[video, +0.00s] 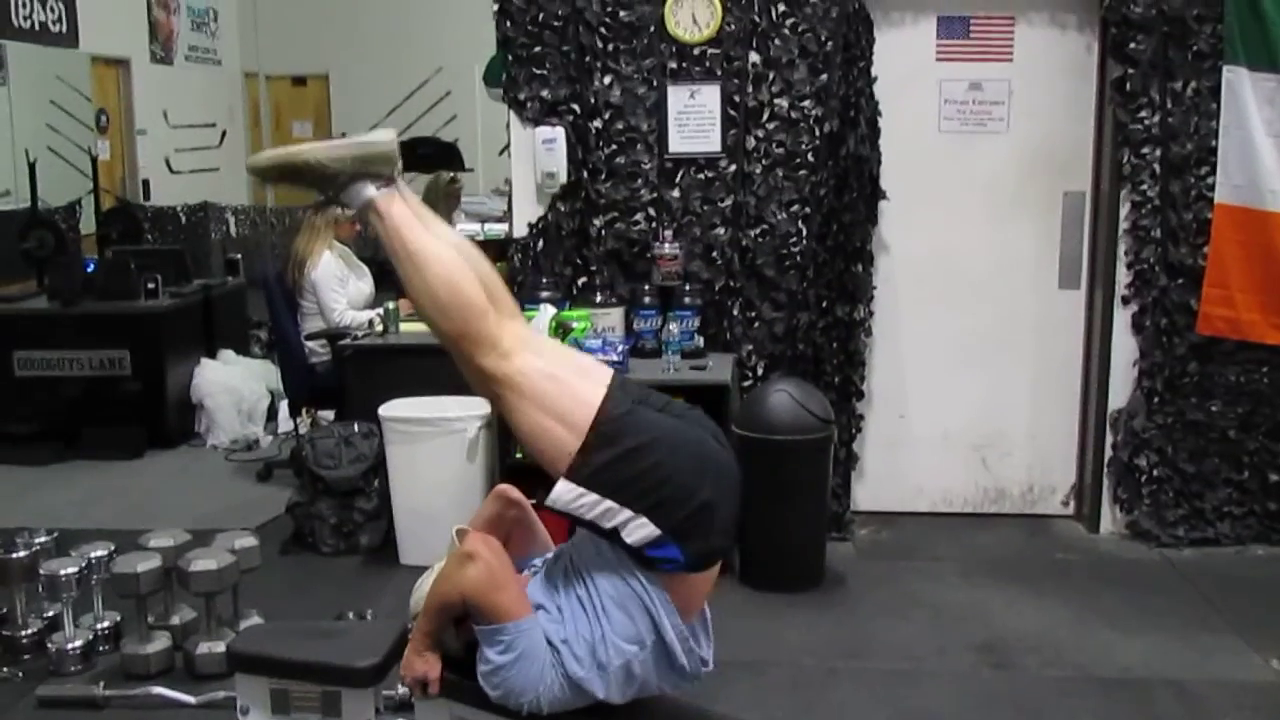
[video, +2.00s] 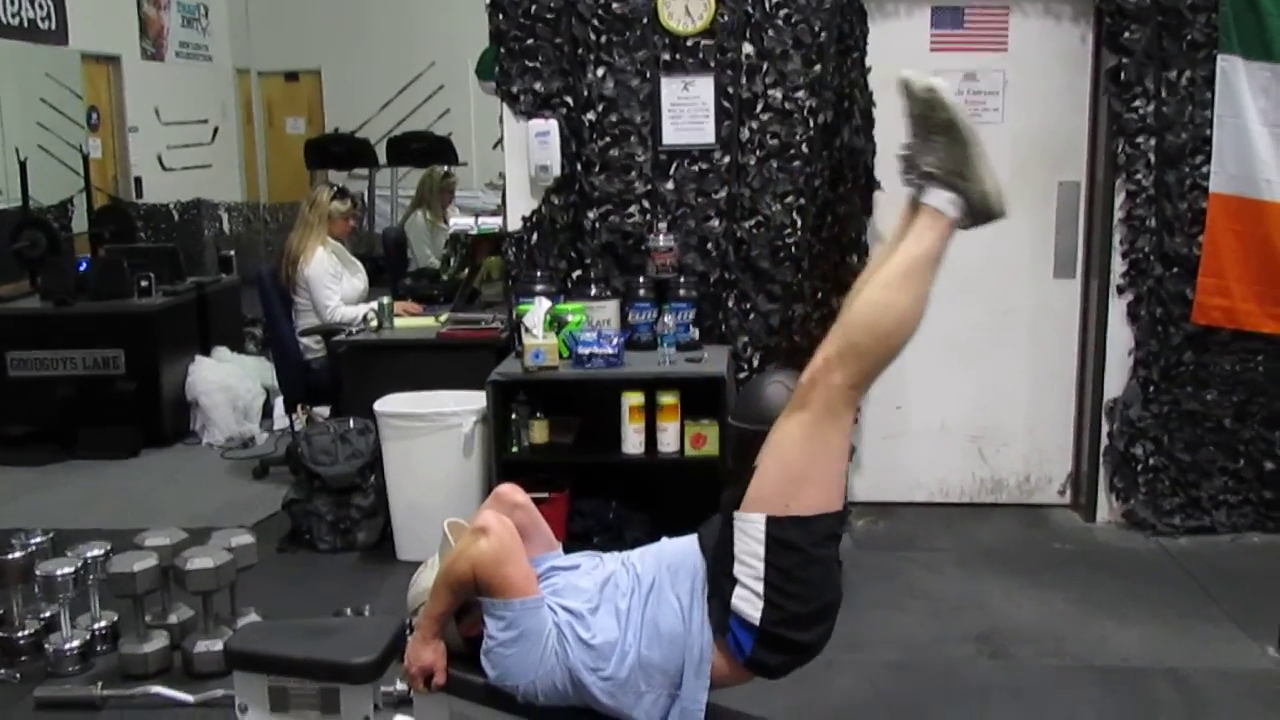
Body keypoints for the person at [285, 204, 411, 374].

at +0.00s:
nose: (359, 228)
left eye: (358, 222)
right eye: (352, 222)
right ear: (334, 223)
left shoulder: (337, 253)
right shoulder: (324, 260)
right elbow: (338, 319)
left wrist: (388, 311)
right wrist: (388, 313)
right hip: (331, 358)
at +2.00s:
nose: (352, 225)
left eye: (353, 219)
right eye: (347, 219)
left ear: (331, 219)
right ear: (328, 218)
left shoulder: (328, 250)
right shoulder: (317, 256)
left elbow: (340, 307)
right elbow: (332, 315)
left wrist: (386, 307)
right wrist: (385, 308)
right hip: (324, 357)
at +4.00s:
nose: (344, 160)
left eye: (345, 153)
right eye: (338, 154)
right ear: (318, 154)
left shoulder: (323, 186)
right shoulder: (310, 192)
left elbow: (335, 243)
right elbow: (325, 251)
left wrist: (379, 243)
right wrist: (378, 245)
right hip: (318, 292)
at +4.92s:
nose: (345, 160)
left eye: (345, 153)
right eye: (339, 154)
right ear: (319, 155)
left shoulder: (324, 185)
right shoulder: (311, 191)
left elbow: (335, 243)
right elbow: (325, 251)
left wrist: (378, 243)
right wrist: (378, 245)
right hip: (318, 291)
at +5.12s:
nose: (345, 159)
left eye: (345, 153)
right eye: (339, 154)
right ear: (319, 155)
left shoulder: (323, 186)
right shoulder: (311, 192)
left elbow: (334, 244)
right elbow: (325, 251)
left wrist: (380, 243)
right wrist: (380, 246)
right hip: (319, 292)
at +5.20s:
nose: (345, 159)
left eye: (346, 153)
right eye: (339, 154)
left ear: (324, 155)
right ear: (319, 154)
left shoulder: (323, 186)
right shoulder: (311, 192)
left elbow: (335, 243)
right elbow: (325, 251)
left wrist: (380, 244)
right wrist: (379, 246)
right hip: (319, 293)